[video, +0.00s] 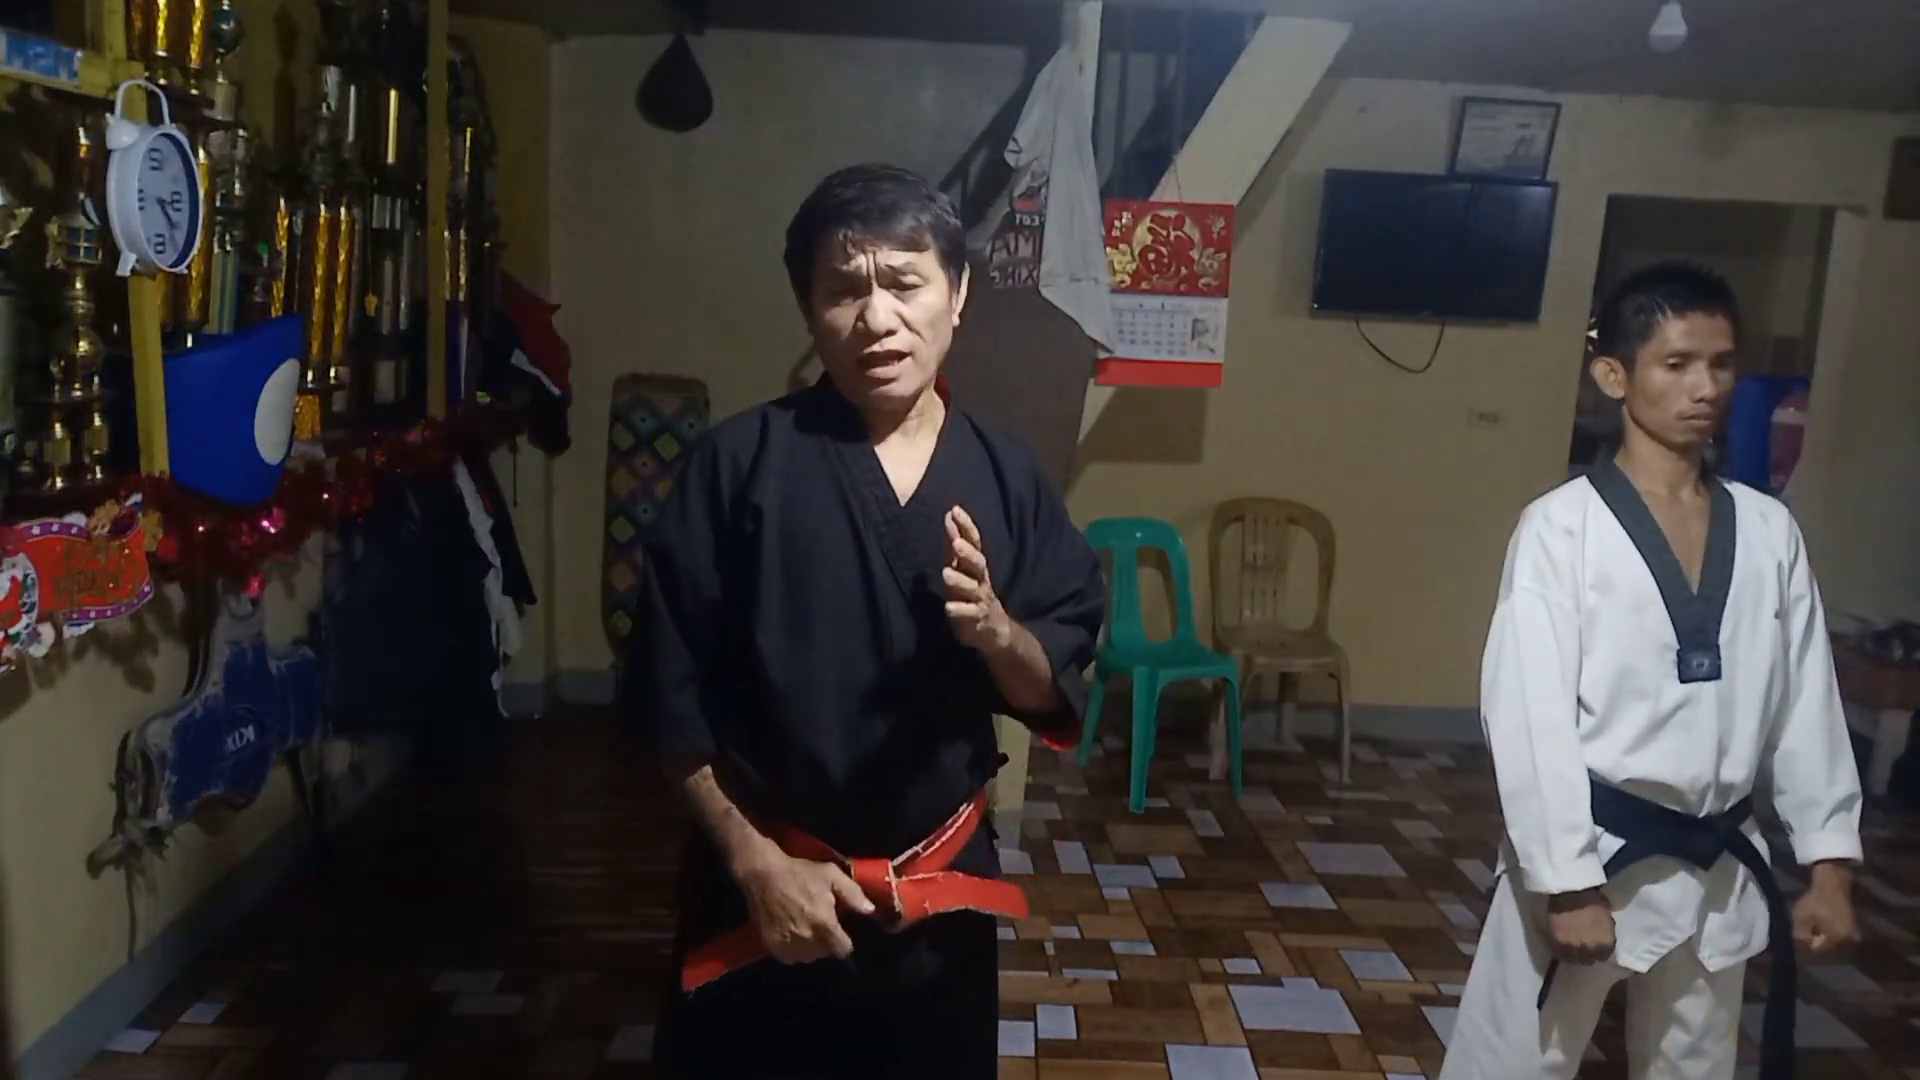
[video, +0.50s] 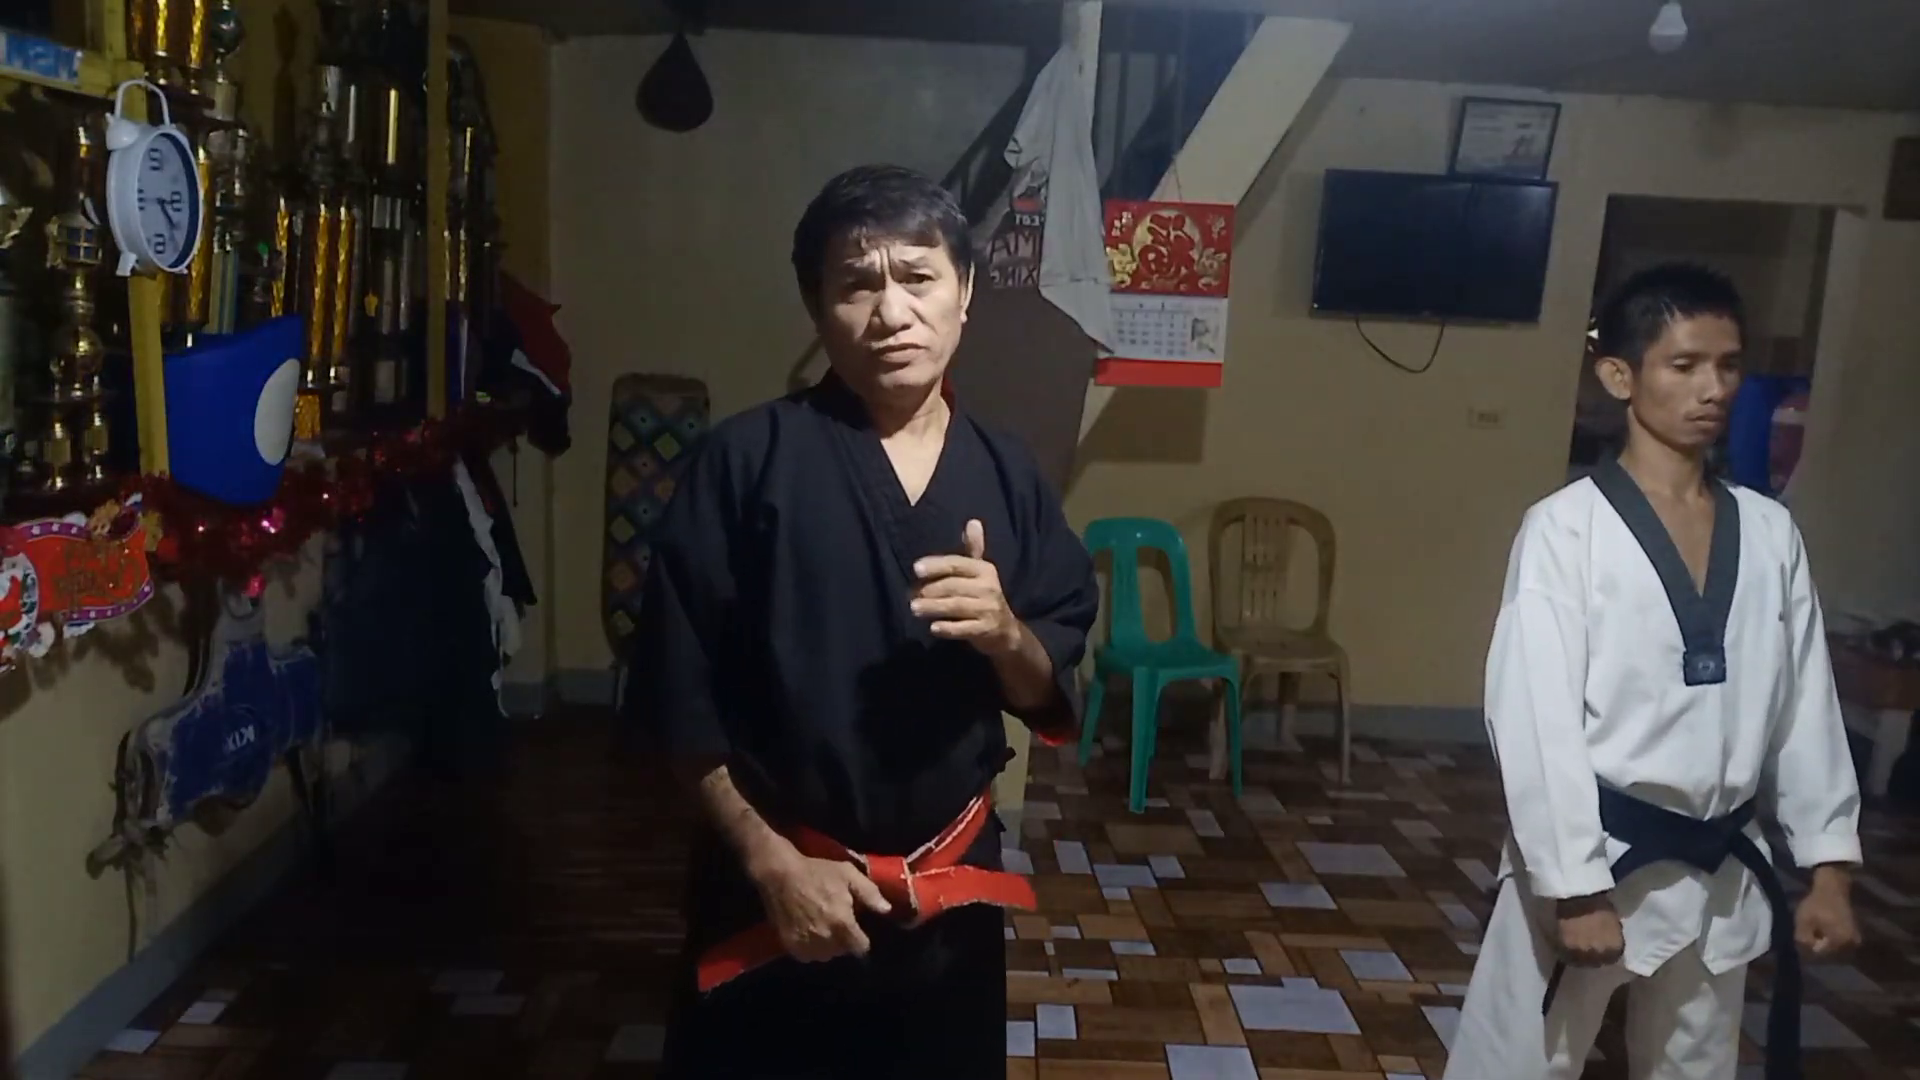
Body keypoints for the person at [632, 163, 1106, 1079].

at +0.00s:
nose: (876, 316)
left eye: (904, 284)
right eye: (844, 290)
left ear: (957, 297)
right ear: (809, 313)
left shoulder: (1006, 472)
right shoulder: (733, 468)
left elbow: (1054, 694)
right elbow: (662, 686)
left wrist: (996, 632)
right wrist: (754, 859)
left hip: (939, 902)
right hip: (755, 903)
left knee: (941, 1070)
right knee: (746, 1075)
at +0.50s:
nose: (891, 312)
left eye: (917, 279)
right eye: (857, 287)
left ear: (964, 295)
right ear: (816, 313)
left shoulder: (1006, 470)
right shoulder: (742, 464)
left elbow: (1051, 698)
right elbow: (669, 691)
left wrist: (1007, 633)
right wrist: (772, 860)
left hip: (948, 903)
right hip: (770, 902)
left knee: (950, 1068)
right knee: (760, 1074)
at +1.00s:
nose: (972, 313)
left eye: (996, 282)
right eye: (937, 287)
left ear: (1032, 304)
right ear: (890, 314)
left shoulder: (1027, 469)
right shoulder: (818, 431)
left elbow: (1069, 635)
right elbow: (671, 593)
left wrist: (1045, 652)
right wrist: (798, 618)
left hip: (958, 852)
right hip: (815, 844)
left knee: (944, 1063)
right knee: (789, 1063)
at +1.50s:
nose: (873, 325)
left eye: (885, 290)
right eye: (833, 299)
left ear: (905, 288)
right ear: (753, 316)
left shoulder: (927, 444)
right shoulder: (696, 474)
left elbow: (997, 643)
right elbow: (675, 717)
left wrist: (973, 562)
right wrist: (828, 838)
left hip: (891, 835)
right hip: (736, 845)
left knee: (892, 1059)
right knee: (738, 1062)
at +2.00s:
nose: (918, 316)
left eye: (938, 290)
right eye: (888, 293)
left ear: (964, 308)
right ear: (845, 318)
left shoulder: (970, 457)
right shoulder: (797, 441)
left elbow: (1015, 646)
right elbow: (706, 618)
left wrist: (1003, 587)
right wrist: (840, 693)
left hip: (906, 788)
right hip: (784, 782)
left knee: (872, 1033)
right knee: (763, 1033)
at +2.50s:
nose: (889, 345)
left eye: (909, 314)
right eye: (855, 320)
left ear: (939, 319)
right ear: (809, 337)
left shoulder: (942, 458)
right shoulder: (791, 442)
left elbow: (1000, 634)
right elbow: (774, 520)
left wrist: (998, 529)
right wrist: (777, 586)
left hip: (905, 824)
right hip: (790, 826)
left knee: (918, 1049)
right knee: (772, 1056)